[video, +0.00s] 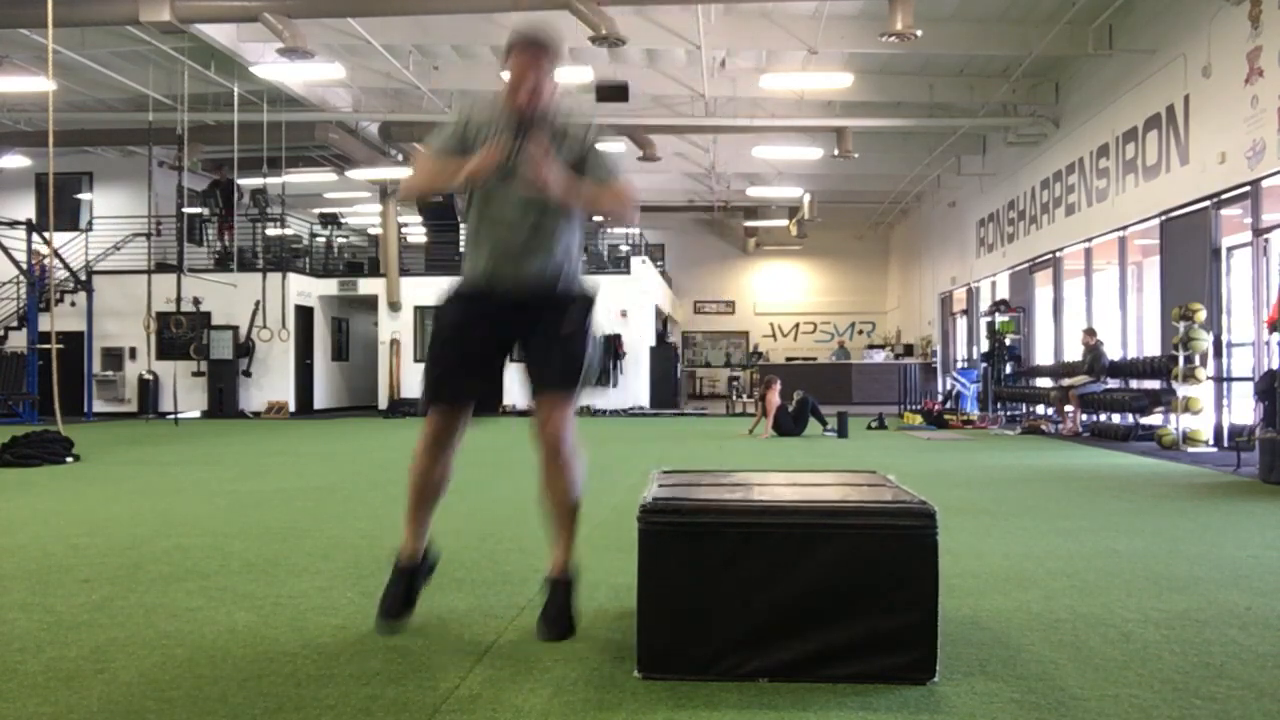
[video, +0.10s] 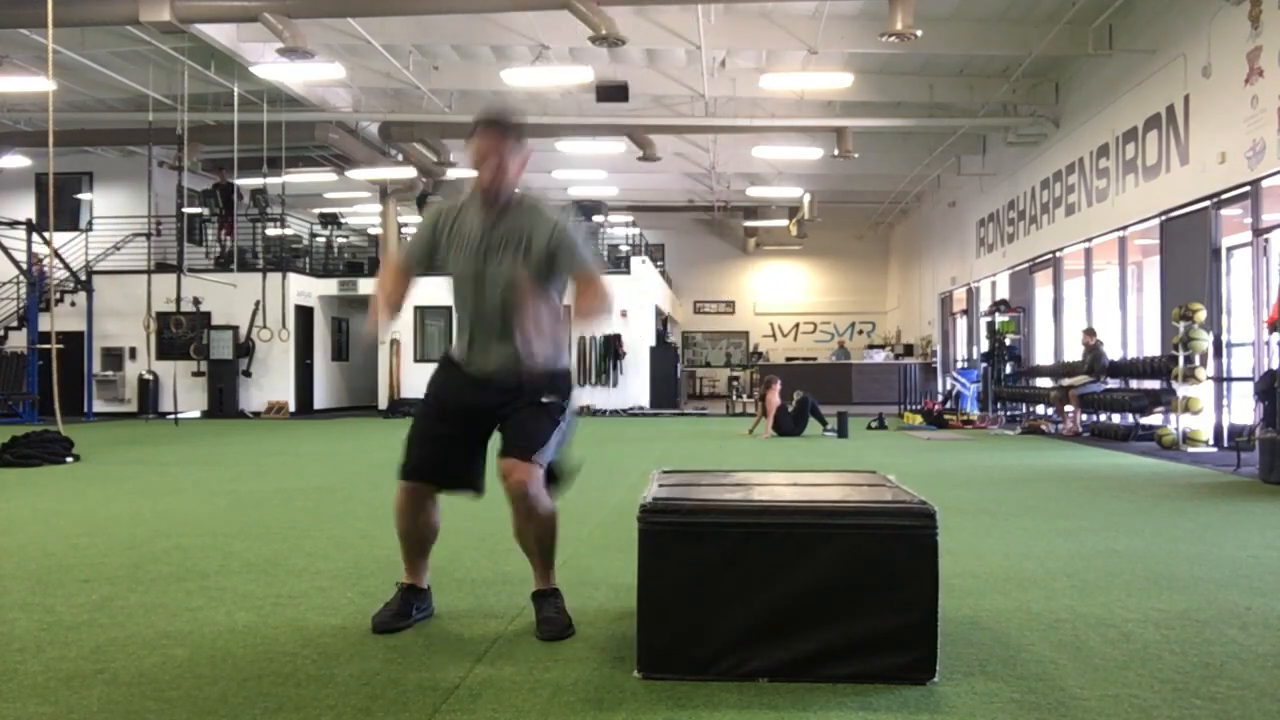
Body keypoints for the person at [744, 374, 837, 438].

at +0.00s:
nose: (780, 386)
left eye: (779, 384)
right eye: (778, 384)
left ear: (768, 385)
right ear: (773, 385)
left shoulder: (765, 396)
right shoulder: (773, 396)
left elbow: (759, 415)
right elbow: (770, 416)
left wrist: (751, 430)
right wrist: (766, 433)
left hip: (785, 430)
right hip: (792, 431)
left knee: (804, 399)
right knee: (807, 400)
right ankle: (826, 426)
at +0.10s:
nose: (780, 387)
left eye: (779, 384)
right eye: (778, 384)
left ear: (768, 385)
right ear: (773, 385)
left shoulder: (765, 396)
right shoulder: (773, 396)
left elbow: (759, 415)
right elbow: (770, 416)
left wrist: (751, 430)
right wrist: (766, 433)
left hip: (784, 430)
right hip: (792, 431)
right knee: (807, 400)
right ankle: (826, 426)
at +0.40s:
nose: (780, 387)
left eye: (780, 384)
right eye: (779, 384)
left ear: (768, 386)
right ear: (773, 385)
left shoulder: (765, 396)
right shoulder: (773, 396)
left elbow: (759, 415)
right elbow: (769, 416)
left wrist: (751, 430)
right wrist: (766, 433)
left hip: (784, 430)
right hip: (792, 431)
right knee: (806, 399)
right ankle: (826, 426)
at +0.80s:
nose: (780, 387)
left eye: (779, 384)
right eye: (778, 384)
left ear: (768, 385)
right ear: (773, 385)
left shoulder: (765, 396)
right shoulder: (773, 396)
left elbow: (759, 415)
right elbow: (770, 416)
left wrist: (751, 430)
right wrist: (766, 433)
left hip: (784, 430)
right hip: (792, 431)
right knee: (807, 399)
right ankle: (826, 426)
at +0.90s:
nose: (780, 386)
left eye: (779, 384)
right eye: (778, 384)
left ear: (768, 385)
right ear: (773, 385)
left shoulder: (765, 396)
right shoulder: (773, 396)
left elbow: (759, 415)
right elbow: (770, 416)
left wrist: (751, 430)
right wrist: (766, 433)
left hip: (784, 430)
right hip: (792, 431)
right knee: (807, 400)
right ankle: (826, 426)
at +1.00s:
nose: (780, 387)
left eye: (779, 384)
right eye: (778, 384)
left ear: (768, 385)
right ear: (773, 385)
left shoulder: (765, 396)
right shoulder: (773, 396)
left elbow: (759, 415)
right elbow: (770, 416)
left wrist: (751, 430)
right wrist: (766, 433)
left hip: (784, 430)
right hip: (792, 431)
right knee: (807, 399)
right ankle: (826, 426)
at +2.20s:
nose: (779, 387)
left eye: (779, 384)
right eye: (778, 385)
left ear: (767, 385)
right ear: (773, 385)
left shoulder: (764, 396)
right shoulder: (772, 396)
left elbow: (759, 415)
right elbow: (770, 416)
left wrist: (751, 429)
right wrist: (767, 433)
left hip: (785, 430)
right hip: (793, 430)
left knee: (805, 398)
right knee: (807, 399)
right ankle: (826, 426)